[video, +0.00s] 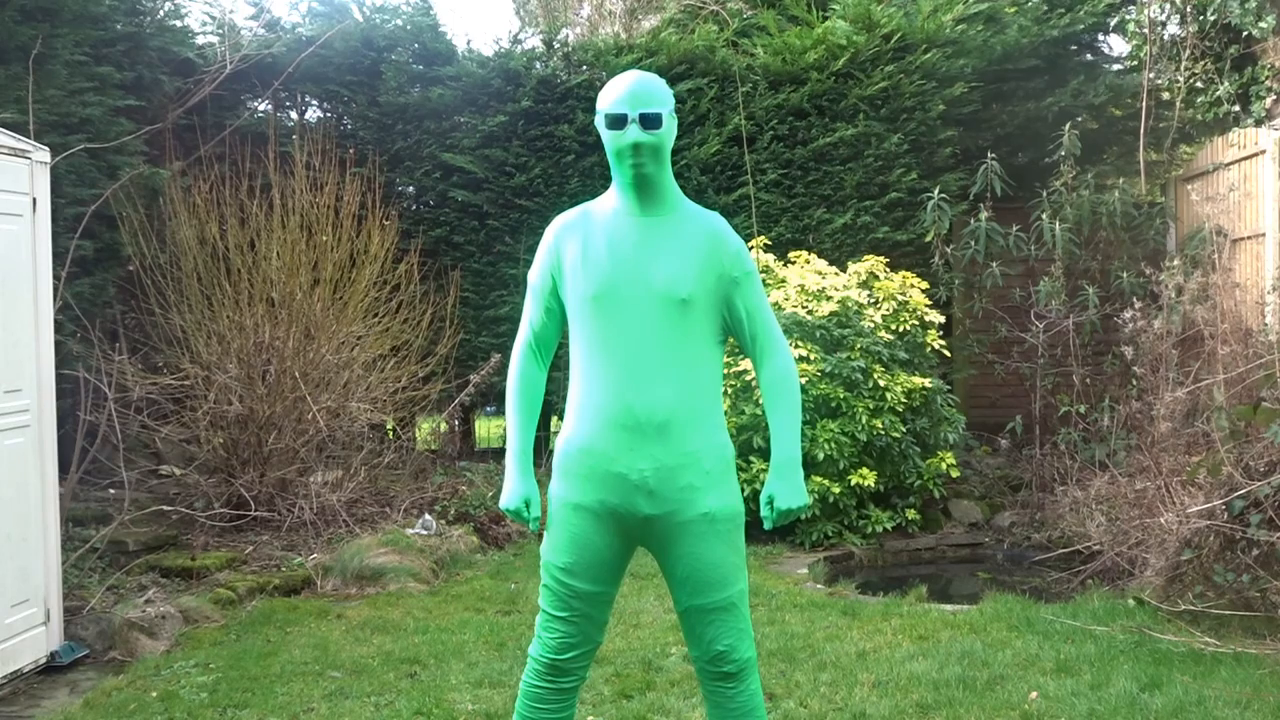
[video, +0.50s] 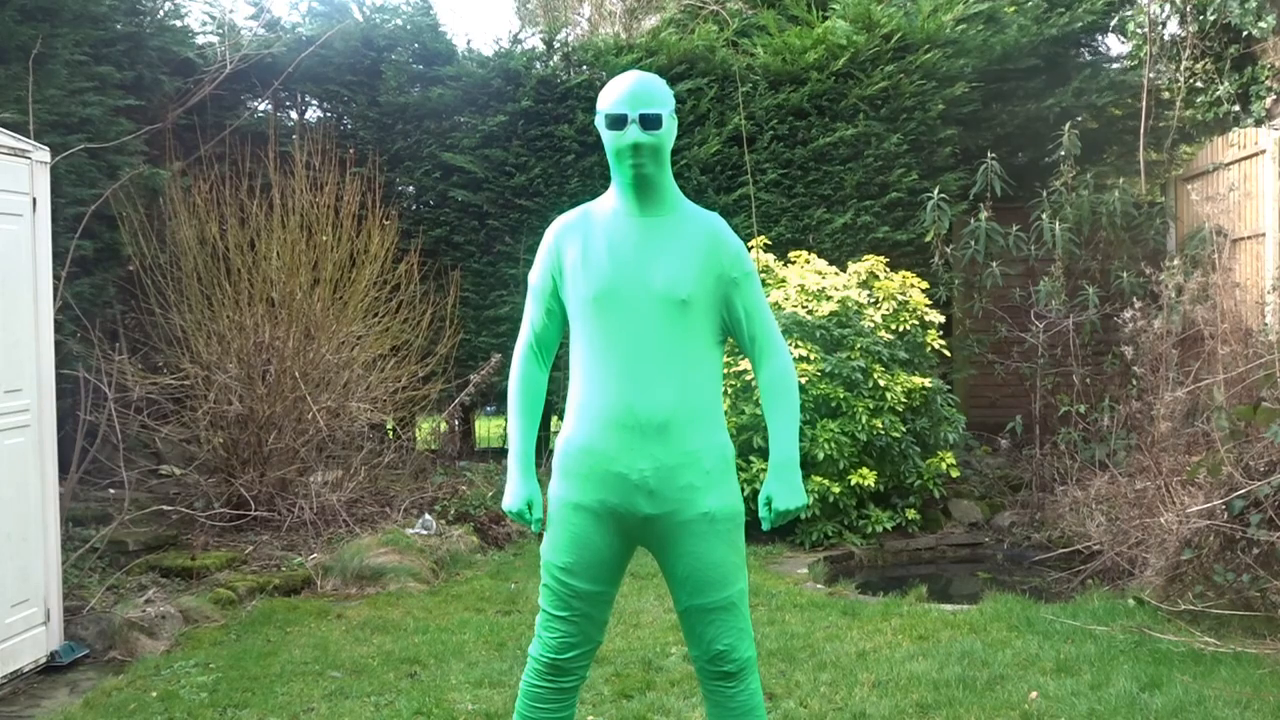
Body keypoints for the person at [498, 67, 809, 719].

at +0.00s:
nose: (634, 135)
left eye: (650, 120)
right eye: (619, 122)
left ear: (673, 129)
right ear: (601, 134)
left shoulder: (714, 237)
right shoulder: (566, 235)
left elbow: (771, 350)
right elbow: (532, 351)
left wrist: (786, 463)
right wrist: (516, 465)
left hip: (698, 485)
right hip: (588, 484)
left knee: (729, 668)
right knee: (554, 667)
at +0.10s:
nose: (634, 135)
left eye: (650, 120)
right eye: (619, 122)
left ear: (673, 129)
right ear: (601, 134)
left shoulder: (714, 237)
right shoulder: (566, 236)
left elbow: (770, 350)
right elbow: (532, 351)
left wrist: (786, 463)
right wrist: (517, 465)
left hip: (698, 485)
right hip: (588, 484)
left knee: (729, 668)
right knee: (554, 667)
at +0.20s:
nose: (634, 135)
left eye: (650, 120)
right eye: (619, 123)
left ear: (673, 129)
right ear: (601, 134)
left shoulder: (713, 237)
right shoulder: (566, 236)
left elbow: (770, 350)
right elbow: (532, 352)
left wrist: (786, 463)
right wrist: (517, 466)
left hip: (698, 485)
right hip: (588, 484)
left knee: (729, 668)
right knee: (554, 666)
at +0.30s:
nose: (634, 136)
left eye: (650, 121)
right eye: (619, 123)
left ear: (673, 129)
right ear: (600, 134)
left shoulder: (713, 237)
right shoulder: (566, 236)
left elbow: (770, 350)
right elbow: (532, 353)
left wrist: (785, 464)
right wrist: (518, 468)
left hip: (698, 485)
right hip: (588, 484)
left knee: (729, 668)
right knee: (554, 666)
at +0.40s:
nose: (634, 135)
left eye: (650, 120)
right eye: (619, 123)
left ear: (673, 129)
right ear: (600, 134)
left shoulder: (713, 237)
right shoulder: (566, 236)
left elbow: (769, 351)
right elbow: (532, 353)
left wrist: (785, 464)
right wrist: (518, 468)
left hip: (698, 485)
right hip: (588, 484)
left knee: (729, 668)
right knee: (554, 666)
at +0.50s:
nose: (635, 136)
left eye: (650, 121)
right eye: (619, 123)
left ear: (673, 129)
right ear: (600, 134)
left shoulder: (713, 237)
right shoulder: (566, 236)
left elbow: (769, 351)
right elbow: (532, 353)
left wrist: (785, 464)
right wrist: (519, 469)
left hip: (698, 486)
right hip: (588, 485)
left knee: (729, 668)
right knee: (554, 666)